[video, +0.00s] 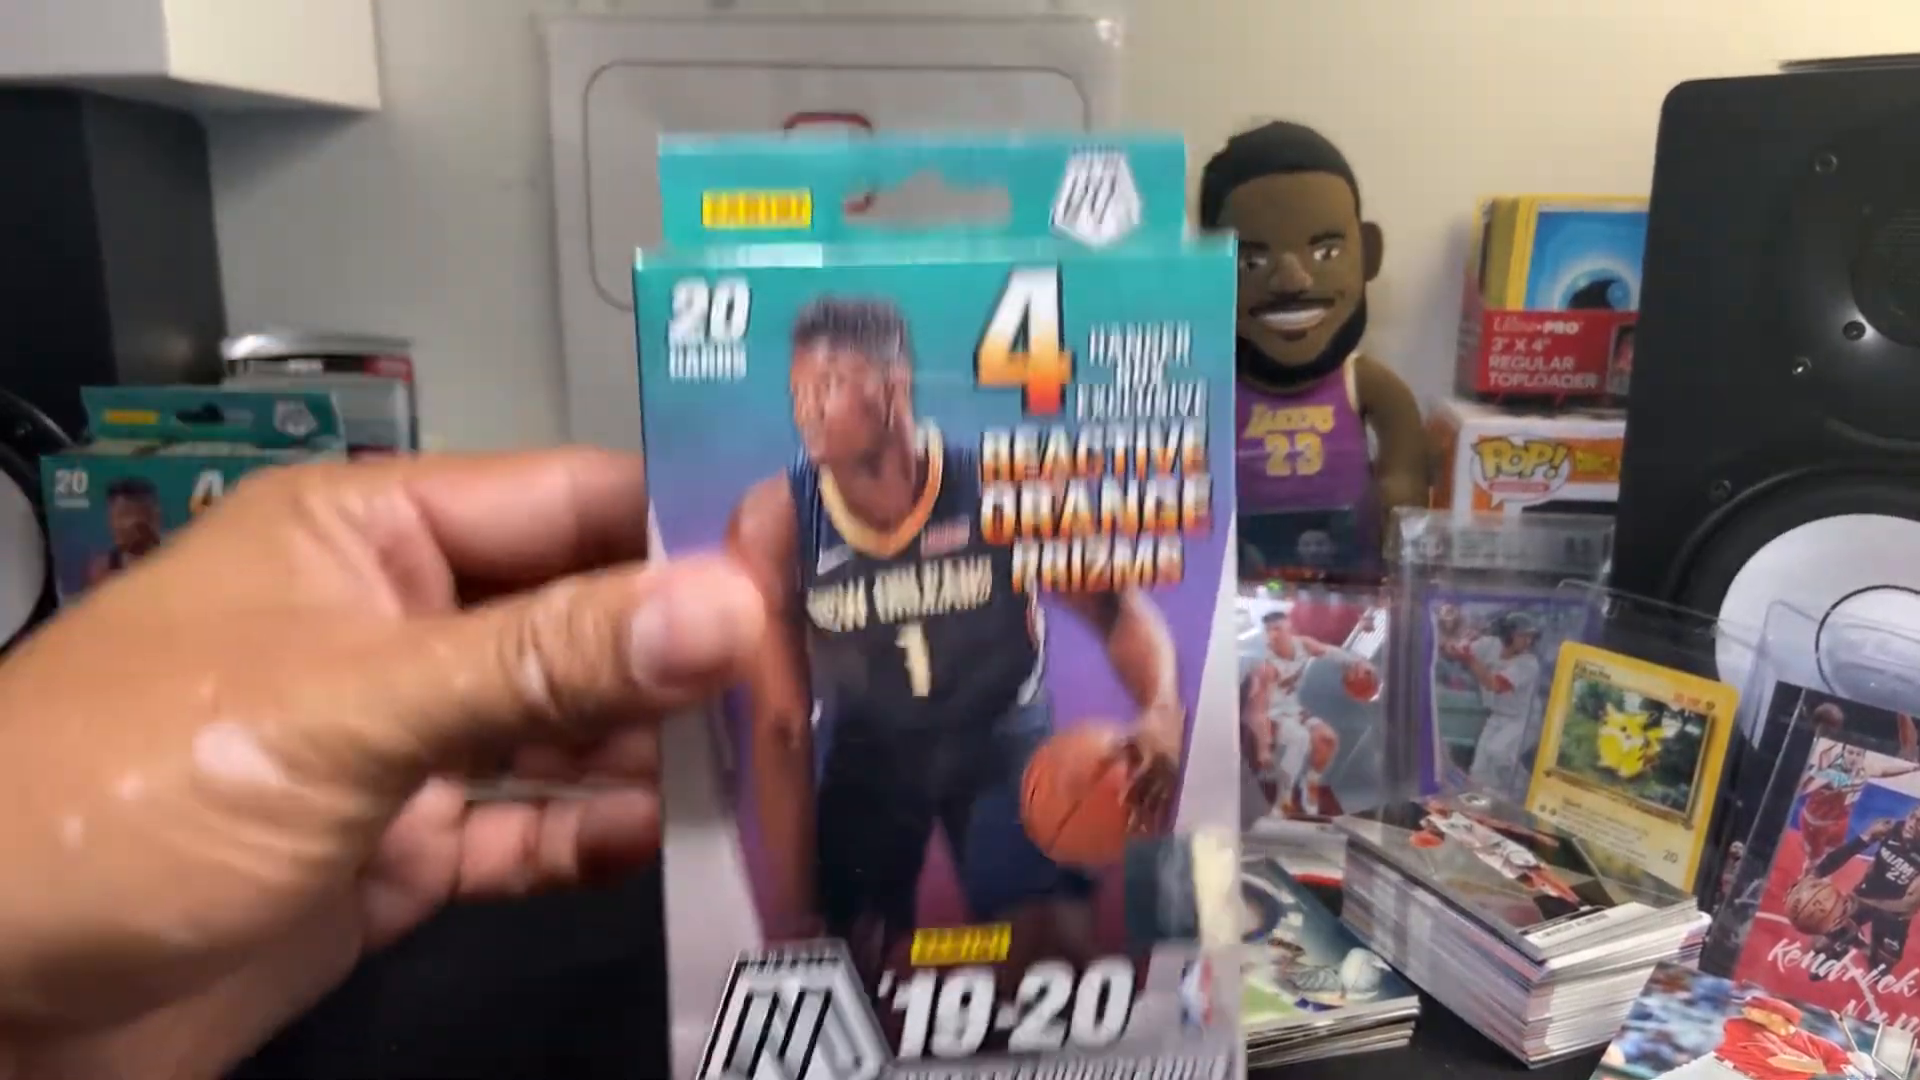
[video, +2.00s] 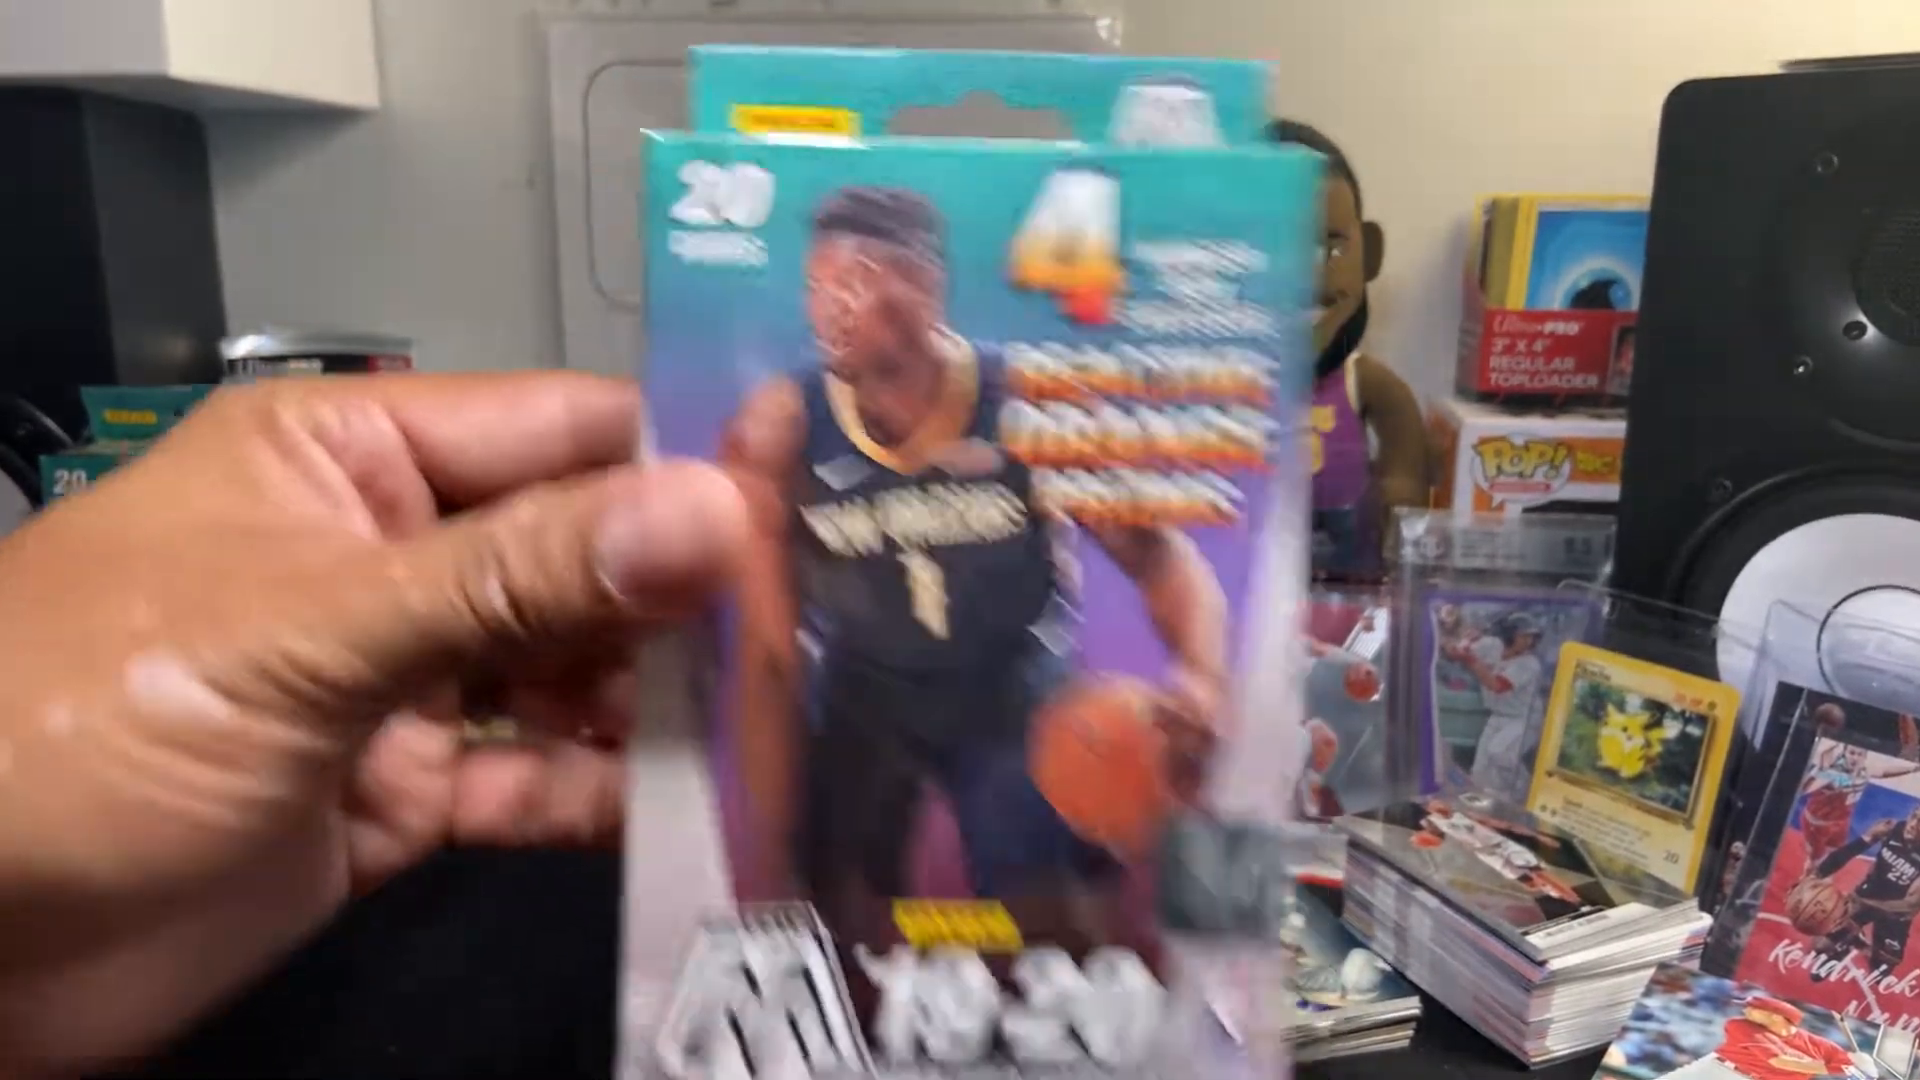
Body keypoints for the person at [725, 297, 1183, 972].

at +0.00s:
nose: (811, 408)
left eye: (832, 384)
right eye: (801, 389)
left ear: (895, 387)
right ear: (791, 399)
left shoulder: (999, 487)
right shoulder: (774, 520)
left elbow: (1115, 608)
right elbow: (781, 728)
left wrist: (1162, 712)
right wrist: (790, 920)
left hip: (999, 750)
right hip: (870, 759)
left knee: (1052, 946)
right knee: (842, 963)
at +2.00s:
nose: (828, 306)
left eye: (854, 282)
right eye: (819, 283)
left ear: (922, 290)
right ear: (806, 292)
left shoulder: (1028, 406)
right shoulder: (780, 427)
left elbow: (1157, 557)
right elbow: (767, 655)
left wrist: (1202, 680)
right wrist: (767, 858)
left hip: (1008, 695)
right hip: (865, 698)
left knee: (1054, 907)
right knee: (837, 913)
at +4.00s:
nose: (669, 281)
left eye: (689, 261)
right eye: (661, 266)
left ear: (747, 259)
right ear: (653, 272)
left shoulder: (838, 344)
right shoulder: (640, 380)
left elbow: (940, 450)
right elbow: (652, 556)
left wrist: (984, 538)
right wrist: (667, 712)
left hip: (845, 559)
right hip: (727, 571)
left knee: (893, 744)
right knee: (708, 755)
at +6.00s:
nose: (825, 291)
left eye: (847, 266)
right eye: (816, 271)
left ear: (917, 267)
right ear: (809, 278)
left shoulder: (1024, 366)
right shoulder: (791, 409)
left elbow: (1144, 495)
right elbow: (803, 616)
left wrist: (1199, 602)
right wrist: (817, 798)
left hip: (1031, 625)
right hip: (888, 635)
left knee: (1082, 848)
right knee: (866, 848)